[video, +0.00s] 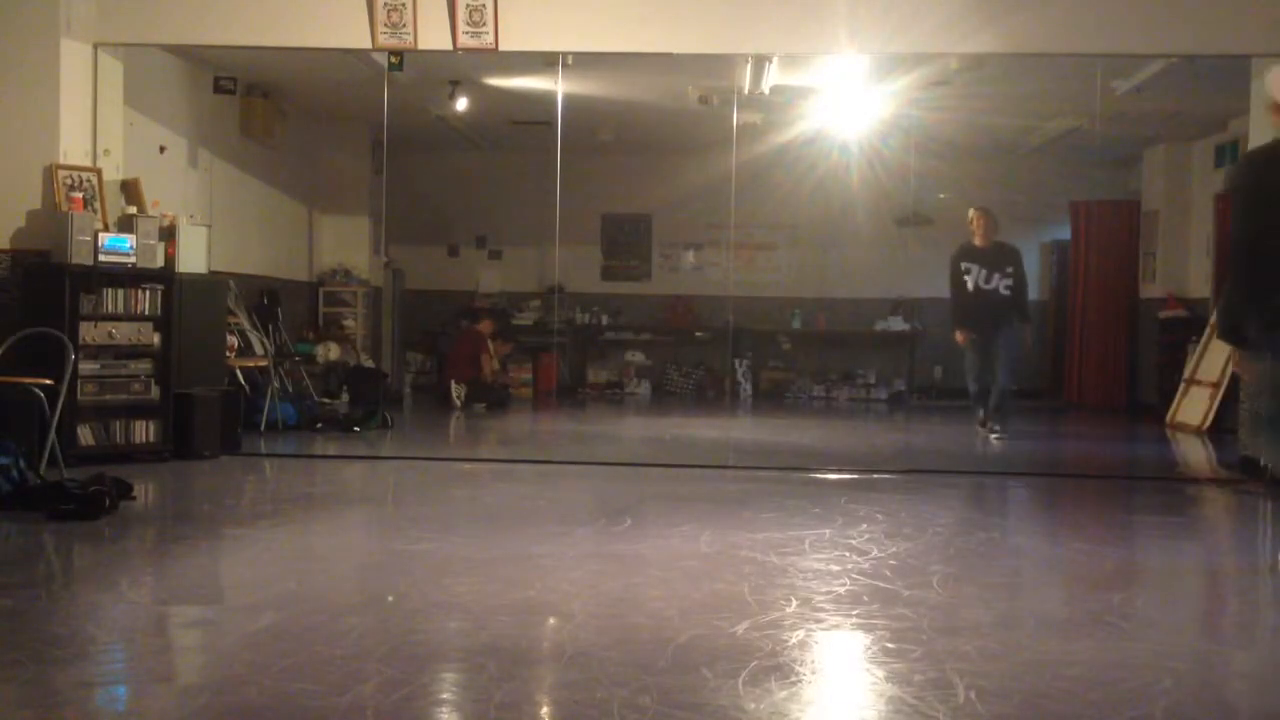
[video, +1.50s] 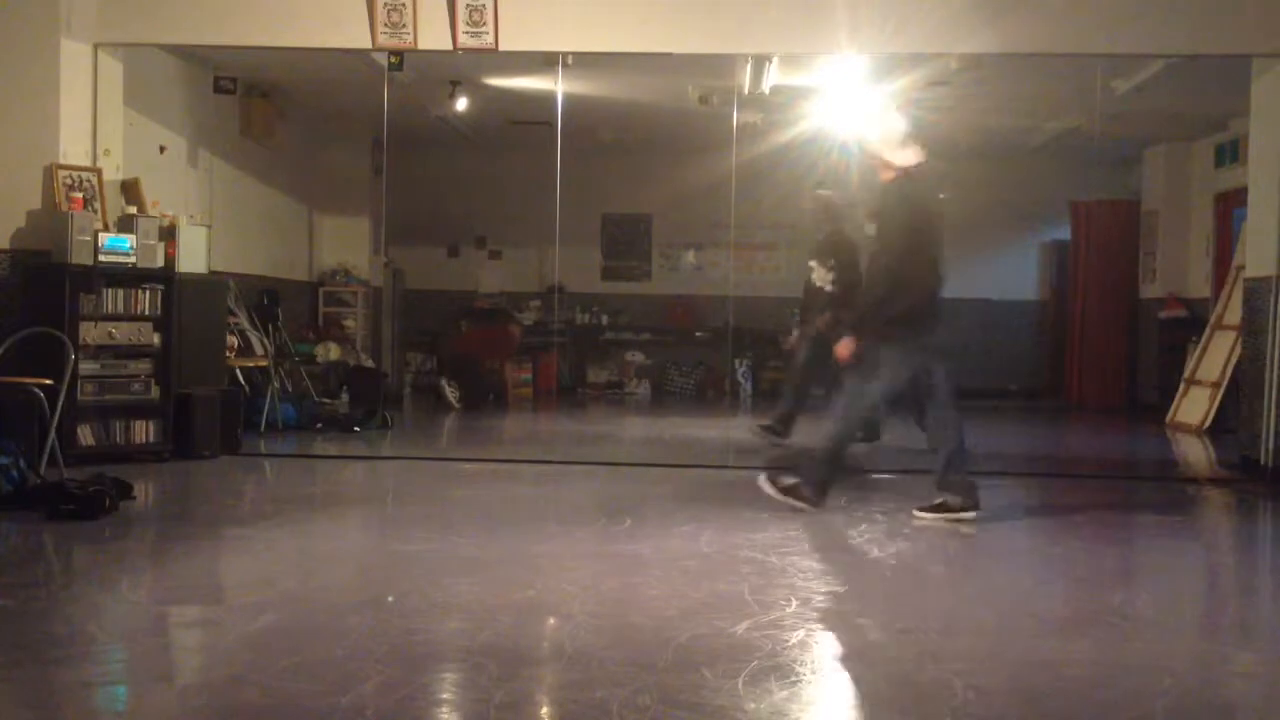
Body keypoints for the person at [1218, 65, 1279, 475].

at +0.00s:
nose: (1274, 110)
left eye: (1272, 102)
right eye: (1275, 102)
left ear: (1270, 108)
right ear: (1273, 108)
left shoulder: (1255, 168)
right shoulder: (1254, 167)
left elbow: (1241, 259)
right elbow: (1240, 259)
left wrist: (1233, 328)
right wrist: (1236, 328)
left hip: (1261, 317)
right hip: (1262, 317)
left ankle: (1257, 457)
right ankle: (1254, 456)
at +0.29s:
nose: (1191, 133)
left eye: (1193, 126)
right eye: (1192, 125)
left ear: (1202, 131)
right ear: (1246, 123)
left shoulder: (1204, 184)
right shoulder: (1270, 176)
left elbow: (1189, 267)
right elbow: (1268, 259)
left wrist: (1170, 332)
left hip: (1223, 328)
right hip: (1267, 324)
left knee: (1188, 423)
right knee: (1226, 435)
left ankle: (1149, 508)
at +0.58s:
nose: (1107, 129)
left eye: (1108, 121)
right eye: (1108, 121)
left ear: (1117, 125)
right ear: (1154, 121)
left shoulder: (1121, 180)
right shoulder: (1186, 175)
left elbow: (1112, 266)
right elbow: (1200, 256)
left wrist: (1104, 336)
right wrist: (1190, 313)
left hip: (1134, 320)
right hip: (1178, 317)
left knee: (1115, 418)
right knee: (1158, 409)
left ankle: (1132, 514)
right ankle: (1225, 471)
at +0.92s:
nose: (1025, 144)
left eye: (1027, 137)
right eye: (1029, 136)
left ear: (1036, 144)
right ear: (1078, 139)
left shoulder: (1038, 194)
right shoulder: (1093, 191)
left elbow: (1013, 265)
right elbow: (1105, 268)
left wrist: (1003, 331)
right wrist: (1098, 320)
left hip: (1050, 321)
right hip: (1081, 318)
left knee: (1069, 419)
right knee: (1027, 409)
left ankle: (1128, 507)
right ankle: (988, 489)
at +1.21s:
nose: (945, 147)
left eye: (948, 140)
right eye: (948, 140)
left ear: (958, 145)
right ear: (986, 144)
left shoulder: (968, 192)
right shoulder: (999, 190)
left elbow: (946, 263)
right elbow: (986, 265)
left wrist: (923, 318)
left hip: (960, 316)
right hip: (984, 314)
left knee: (929, 398)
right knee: (958, 400)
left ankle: (1002, 458)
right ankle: (961, 492)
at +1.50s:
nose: (871, 165)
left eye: (874, 158)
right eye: (873, 157)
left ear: (883, 160)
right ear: (906, 157)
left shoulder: (900, 199)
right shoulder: (916, 194)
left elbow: (885, 272)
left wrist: (856, 329)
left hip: (899, 321)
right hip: (920, 318)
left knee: (857, 399)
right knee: (936, 404)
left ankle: (813, 482)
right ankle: (958, 490)